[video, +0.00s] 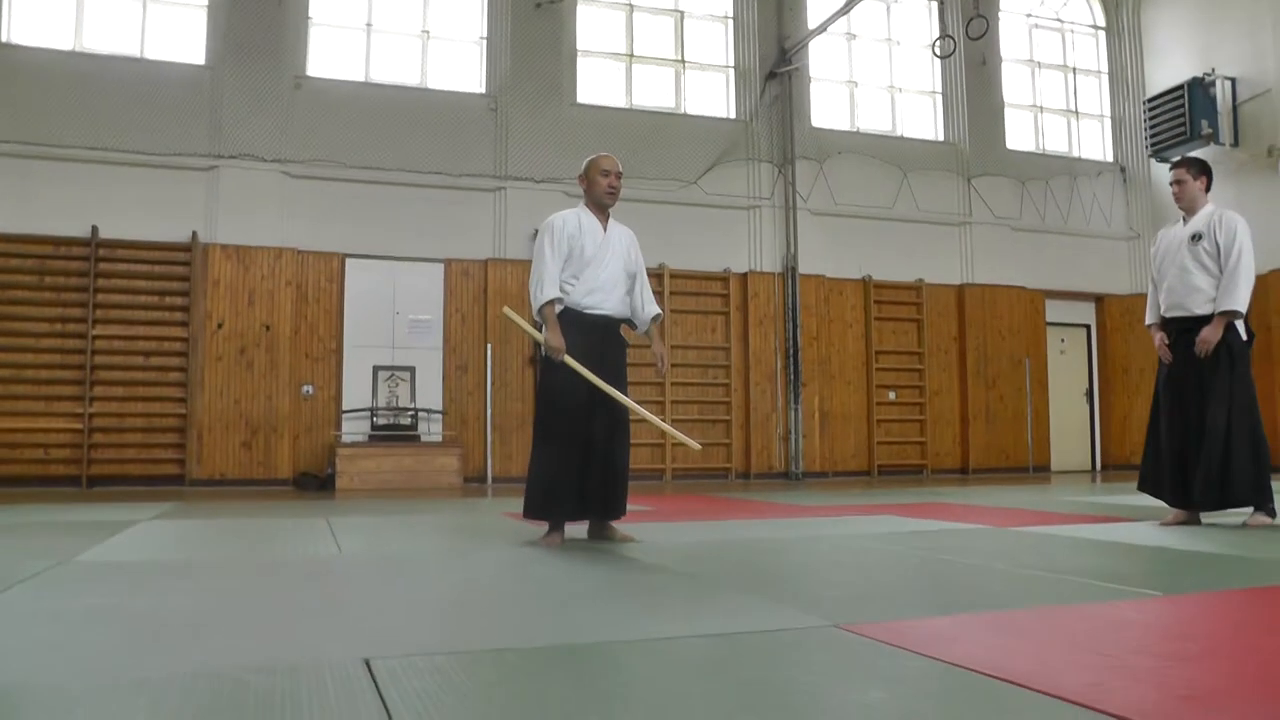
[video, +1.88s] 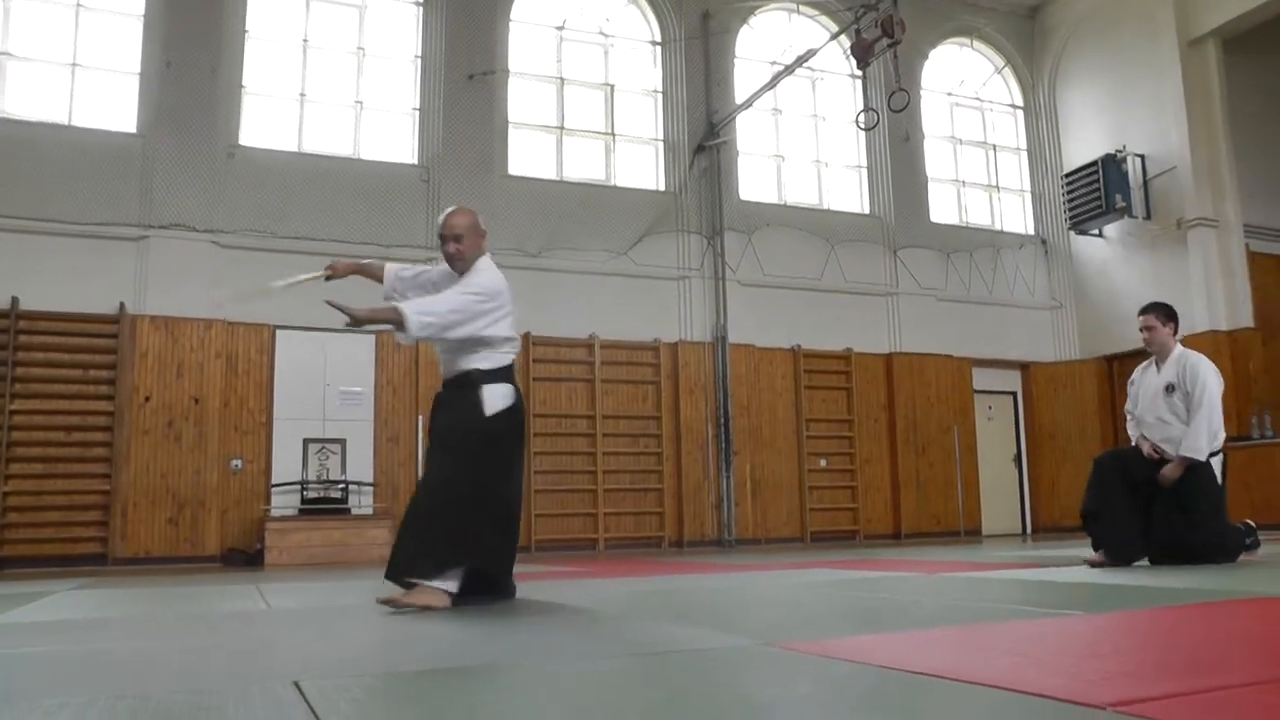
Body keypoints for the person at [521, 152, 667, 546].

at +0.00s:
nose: (614, 182)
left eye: (618, 177)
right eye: (605, 175)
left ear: (621, 186)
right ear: (584, 181)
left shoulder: (626, 236)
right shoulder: (561, 223)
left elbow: (641, 293)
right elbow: (545, 278)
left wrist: (656, 339)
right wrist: (552, 327)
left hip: (610, 337)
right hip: (569, 333)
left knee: (609, 426)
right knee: (562, 425)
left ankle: (600, 522)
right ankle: (556, 526)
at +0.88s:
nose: (578, 244)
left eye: (584, 238)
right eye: (570, 236)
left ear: (589, 247)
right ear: (551, 243)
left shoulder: (591, 297)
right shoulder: (531, 283)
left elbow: (605, 348)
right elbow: (534, 331)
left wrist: (616, 375)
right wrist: (569, 360)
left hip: (574, 398)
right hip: (536, 396)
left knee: (574, 485)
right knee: (534, 484)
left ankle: (567, 579)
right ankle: (537, 581)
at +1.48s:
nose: (518, 264)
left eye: (527, 257)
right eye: (512, 255)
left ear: (540, 261)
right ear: (500, 256)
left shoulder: (555, 304)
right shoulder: (475, 290)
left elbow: (591, 338)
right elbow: (469, 320)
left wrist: (614, 362)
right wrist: (501, 336)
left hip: (540, 410)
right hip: (493, 410)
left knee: (556, 492)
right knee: (498, 498)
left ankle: (568, 574)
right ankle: (511, 590)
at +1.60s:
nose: (502, 262)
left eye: (510, 255)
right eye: (496, 254)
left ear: (525, 257)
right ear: (486, 254)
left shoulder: (541, 299)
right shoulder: (466, 289)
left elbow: (579, 353)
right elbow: (431, 309)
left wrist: (553, 357)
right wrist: (438, 319)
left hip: (525, 405)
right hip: (481, 405)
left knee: (529, 490)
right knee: (480, 494)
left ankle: (554, 571)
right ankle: (503, 589)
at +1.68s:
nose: (489, 259)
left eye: (498, 252)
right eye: (483, 251)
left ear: (515, 254)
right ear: (475, 253)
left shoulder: (529, 294)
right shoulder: (462, 289)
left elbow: (534, 344)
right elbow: (418, 299)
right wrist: (389, 299)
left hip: (515, 402)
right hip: (477, 403)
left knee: (515, 483)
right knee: (473, 490)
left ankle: (535, 564)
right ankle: (498, 582)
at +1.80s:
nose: (466, 255)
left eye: (474, 247)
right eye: (460, 248)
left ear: (495, 248)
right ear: (455, 249)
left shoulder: (505, 289)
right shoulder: (458, 283)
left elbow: (465, 326)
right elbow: (408, 288)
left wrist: (415, 325)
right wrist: (354, 280)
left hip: (498, 400)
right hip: (468, 399)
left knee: (467, 489)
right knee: (461, 489)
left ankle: (453, 582)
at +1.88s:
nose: (450, 247)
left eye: (458, 239)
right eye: (445, 240)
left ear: (481, 239)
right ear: (441, 242)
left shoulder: (487, 282)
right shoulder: (454, 275)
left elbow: (433, 313)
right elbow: (407, 278)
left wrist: (368, 314)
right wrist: (356, 266)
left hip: (486, 394)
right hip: (465, 392)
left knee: (454, 486)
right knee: (465, 487)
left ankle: (439, 585)